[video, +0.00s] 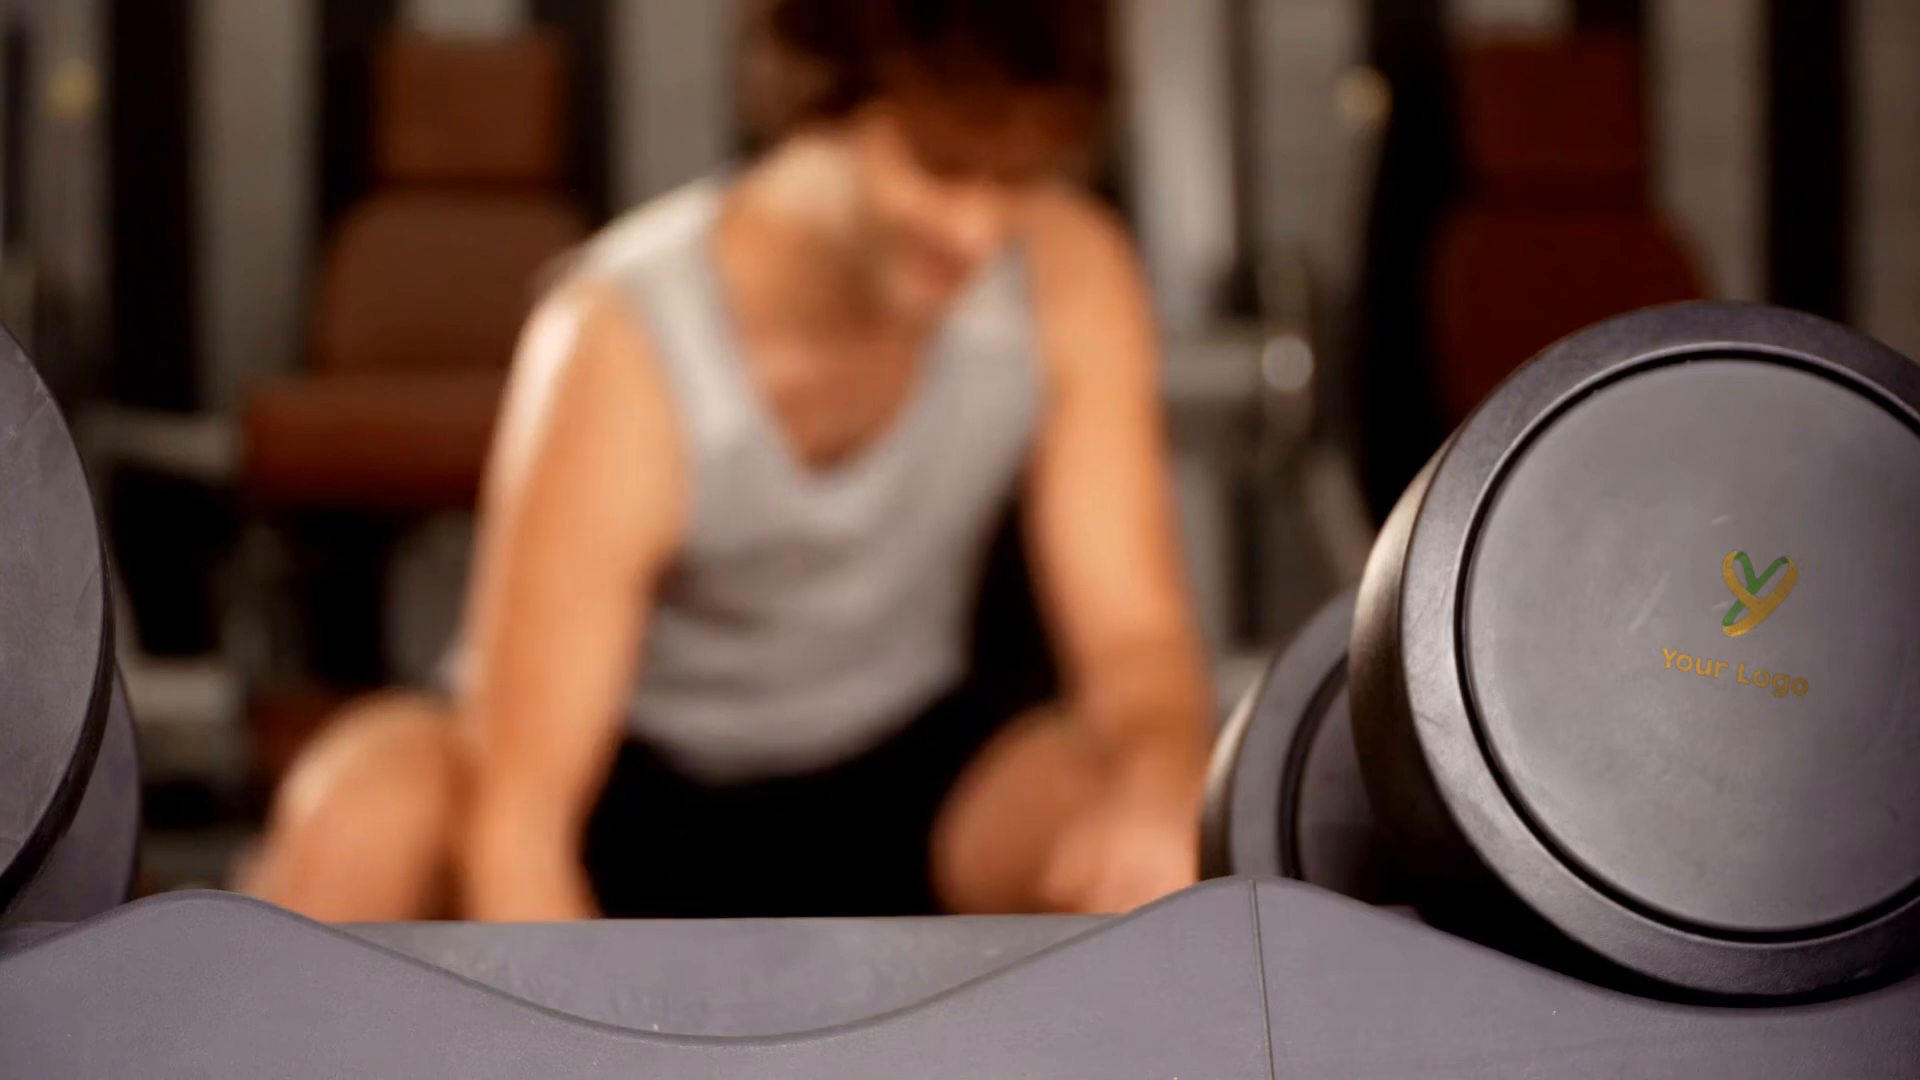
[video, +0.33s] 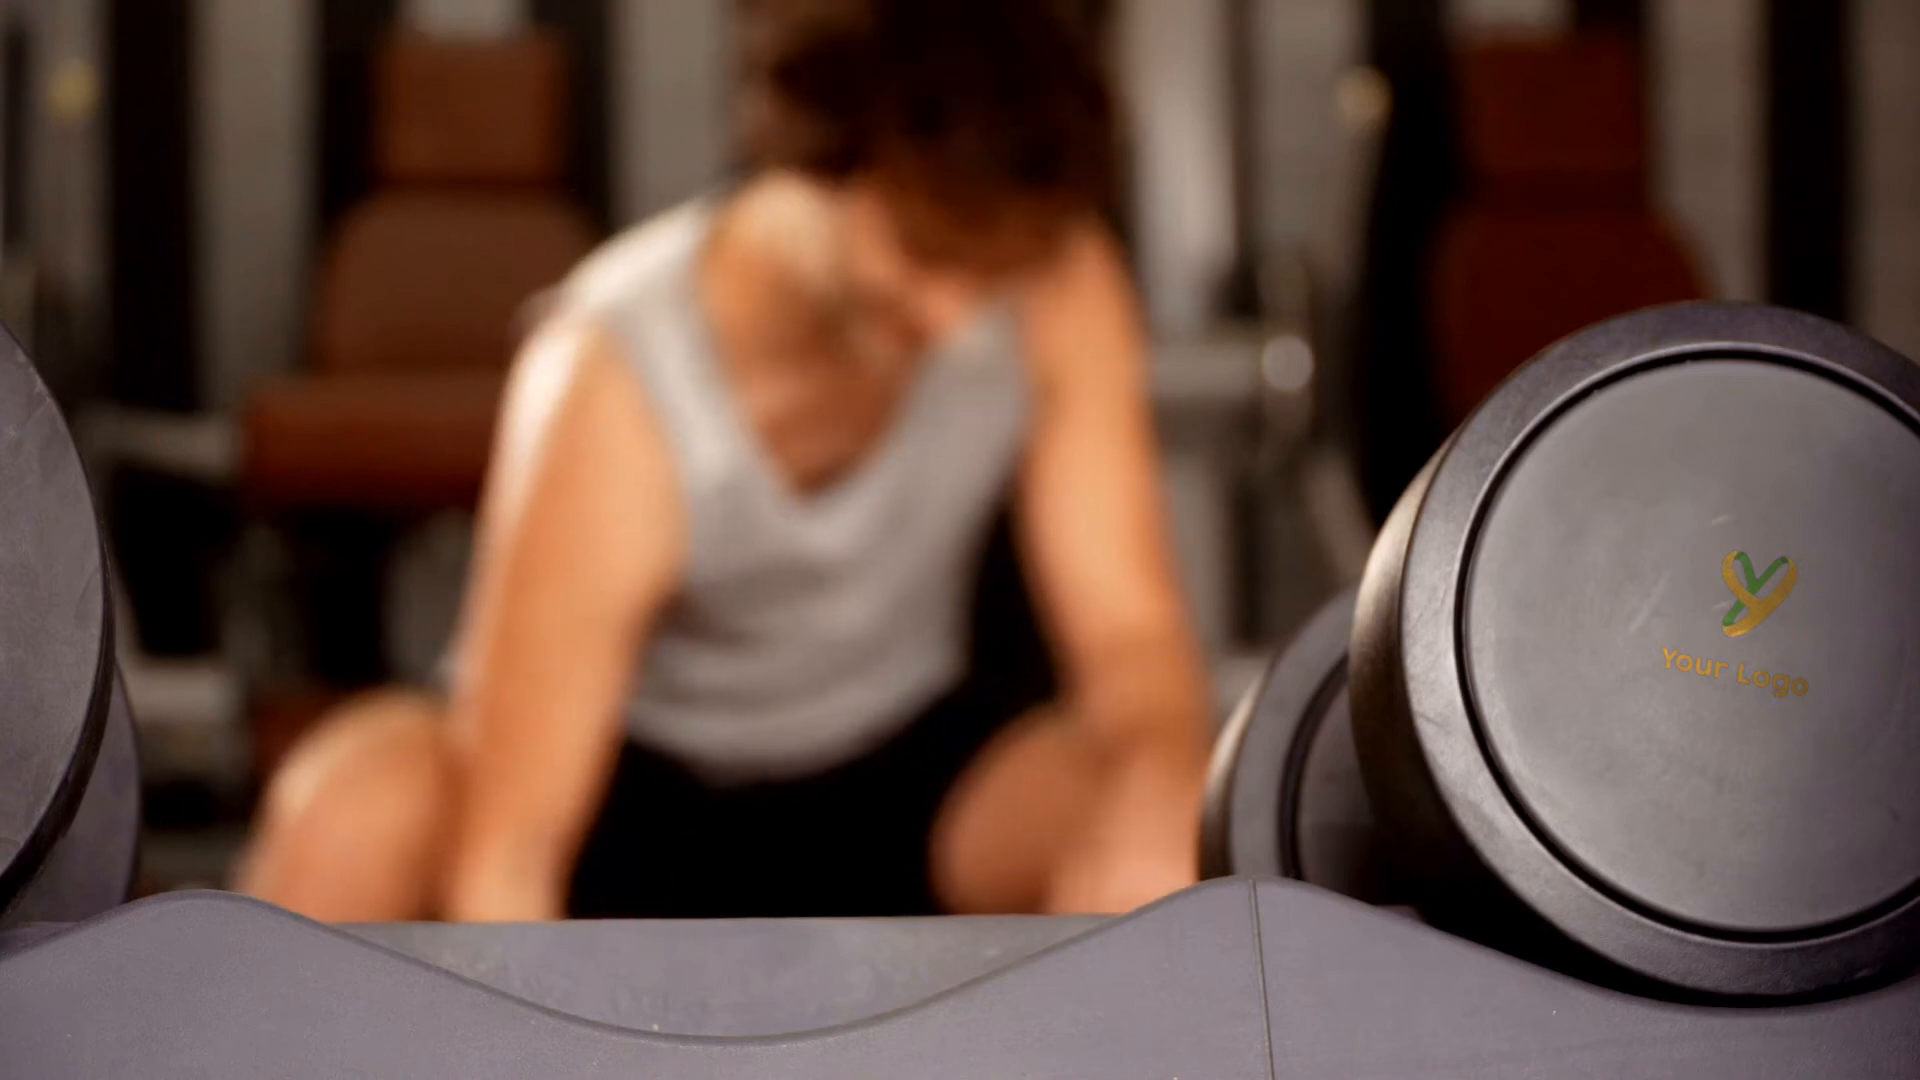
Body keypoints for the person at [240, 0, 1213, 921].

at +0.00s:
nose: (976, 232)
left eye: (1014, 181)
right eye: (937, 170)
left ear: (1053, 159)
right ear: (826, 113)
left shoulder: (1064, 271)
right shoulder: (621, 336)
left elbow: (1135, 652)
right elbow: (520, 815)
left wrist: (1153, 815)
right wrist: (594, 1064)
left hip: (901, 782)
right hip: (625, 793)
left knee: (1157, 824)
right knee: (363, 798)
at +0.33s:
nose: (951, 320)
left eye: (1000, 273)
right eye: (920, 259)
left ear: (1049, 229)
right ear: (825, 164)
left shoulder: (1053, 272)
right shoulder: (615, 375)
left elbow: (1133, 657)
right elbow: (511, 853)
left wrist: (1148, 855)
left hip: (899, 786)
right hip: (624, 803)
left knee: (1158, 799)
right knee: (354, 791)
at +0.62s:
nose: (942, 329)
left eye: (990, 288)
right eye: (914, 273)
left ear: (1041, 242)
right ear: (827, 168)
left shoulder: (1052, 274)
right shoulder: (614, 364)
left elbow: (1129, 651)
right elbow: (502, 831)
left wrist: (1149, 836)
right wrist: (566, 1070)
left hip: (899, 789)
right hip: (626, 803)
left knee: (1157, 805)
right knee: (344, 787)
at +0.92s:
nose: (931, 305)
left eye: (983, 268)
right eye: (910, 246)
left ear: (1044, 226)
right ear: (830, 140)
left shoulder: (1058, 262)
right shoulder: (612, 325)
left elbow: (1132, 646)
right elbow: (509, 775)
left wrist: (1161, 850)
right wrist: (677, 1022)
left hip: (899, 785)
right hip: (629, 797)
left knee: (1175, 804)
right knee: (363, 783)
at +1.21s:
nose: (913, 307)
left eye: (963, 269)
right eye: (888, 251)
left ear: (1029, 226)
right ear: (801, 136)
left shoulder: (1044, 263)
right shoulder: (558, 311)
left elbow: (1135, 645)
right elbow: (518, 749)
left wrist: (1172, 852)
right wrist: (840, 811)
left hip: (900, 807)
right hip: (610, 808)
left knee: (1192, 775)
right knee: (371, 779)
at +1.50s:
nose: (886, 303)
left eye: (926, 263)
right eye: (859, 248)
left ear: (980, 205)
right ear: (764, 148)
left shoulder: (1010, 262)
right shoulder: (492, 318)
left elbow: (1121, 639)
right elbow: (509, 749)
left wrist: (1182, 877)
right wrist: (735, 696)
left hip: (900, 786)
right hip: (598, 796)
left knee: (1169, 807)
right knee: (351, 798)